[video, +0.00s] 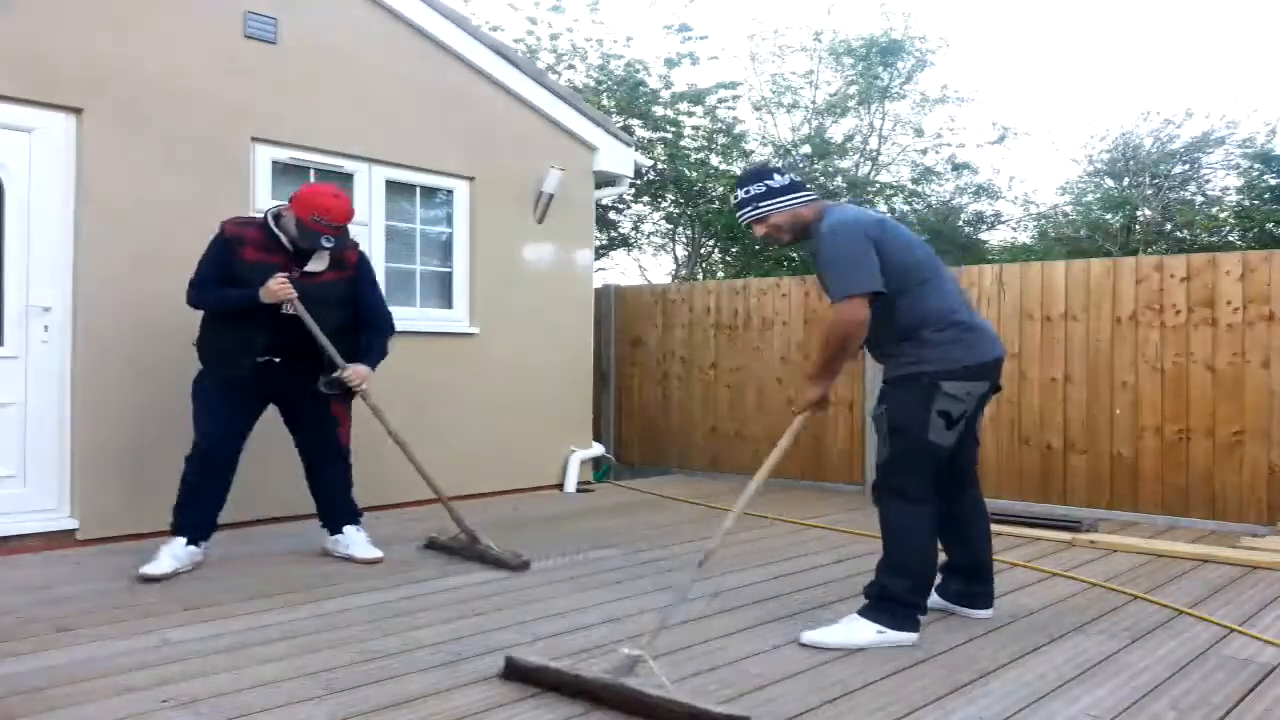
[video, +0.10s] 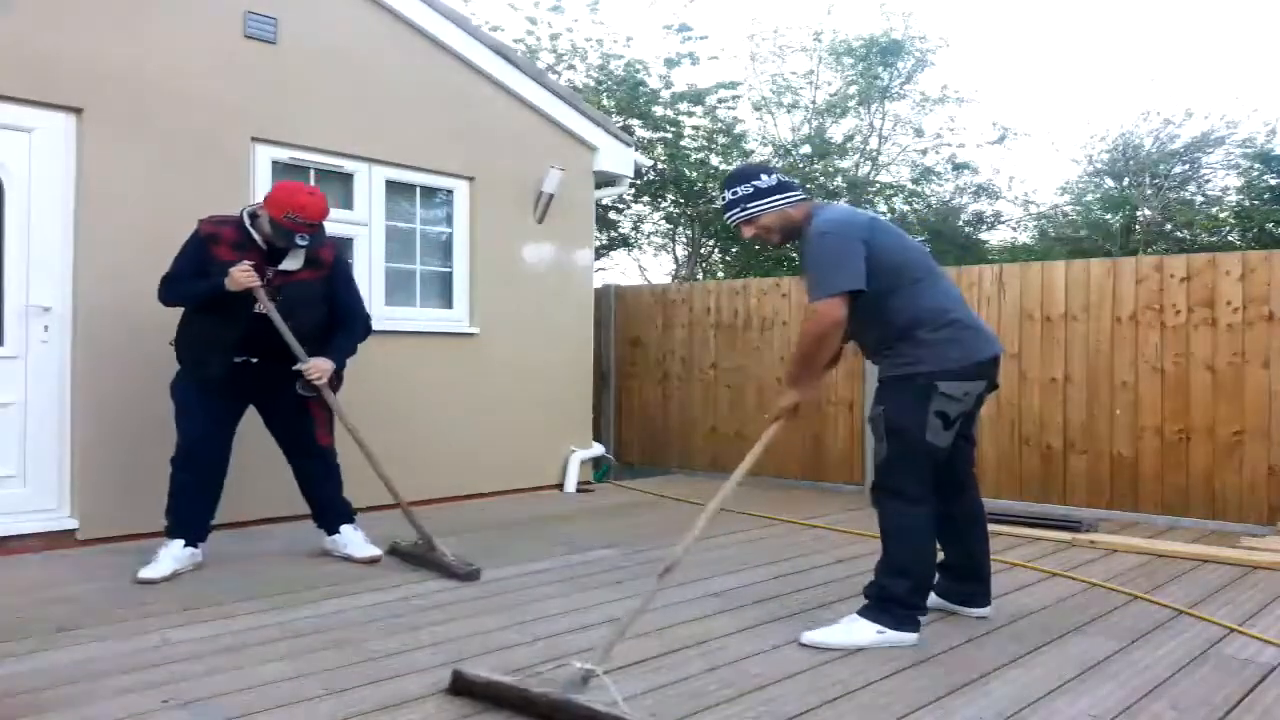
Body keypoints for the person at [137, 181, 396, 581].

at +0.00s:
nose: (318, 249)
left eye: (327, 242)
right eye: (312, 240)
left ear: (338, 230)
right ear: (291, 219)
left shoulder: (349, 260)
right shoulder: (238, 238)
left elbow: (379, 324)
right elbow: (198, 294)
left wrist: (366, 362)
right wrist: (257, 294)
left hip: (309, 374)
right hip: (234, 370)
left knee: (328, 449)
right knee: (212, 451)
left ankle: (344, 530)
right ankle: (188, 541)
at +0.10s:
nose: (294, 247)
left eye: (302, 240)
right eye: (288, 237)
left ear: (313, 229)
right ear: (265, 219)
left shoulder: (325, 258)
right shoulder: (216, 236)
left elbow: (356, 321)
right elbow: (170, 292)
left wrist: (332, 358)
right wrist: (223, 284)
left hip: (284, 372)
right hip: (213, 370)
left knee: (313, 448)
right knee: (197, 452)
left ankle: (340, 529)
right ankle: (184, 542)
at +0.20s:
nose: (272, 243)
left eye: (280, 236)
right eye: (264, 234)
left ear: (291, 225)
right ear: (240, 217)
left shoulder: (305, 255)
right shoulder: (194, 234)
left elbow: (332, 320)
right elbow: (141, 288)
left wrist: (295, 353)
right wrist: (187, 274)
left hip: (267, 369)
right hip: (196, 368)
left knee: (296, 447)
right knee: (188, 454)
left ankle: (329, 526)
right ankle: (184, 543)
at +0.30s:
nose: (250, 242)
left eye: (260, 235)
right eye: (243, 232)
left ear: (272, 223)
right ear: (221, 214)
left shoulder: (289, 254)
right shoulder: (176, 232)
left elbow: (311, 320)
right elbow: (119, 285)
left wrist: (262, 348)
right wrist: (162, 263)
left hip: (262, 362)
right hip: (185, 362)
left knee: (281, 441)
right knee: (184, 452)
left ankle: (297, 526)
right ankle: (183, 541)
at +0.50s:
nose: (233, 242)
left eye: (242, 235)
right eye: (226, 233)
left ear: (256, 222)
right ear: (203, 214)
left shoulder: (272, 252)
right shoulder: (163, 233)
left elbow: (271, 325)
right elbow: (96, 282)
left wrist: (203, 341)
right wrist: (130, 249)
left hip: (244, 364)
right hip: (171, 362)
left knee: (251, 444)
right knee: (174, 449)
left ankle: (249, 525)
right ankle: (183, 541)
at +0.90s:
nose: (247, 246)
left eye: (258, 239)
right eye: (240, 235)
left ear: (271, 226)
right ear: (218, 213)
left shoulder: (283, 252)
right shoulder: (181, 235)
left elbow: (302, 317)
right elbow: (105, 276)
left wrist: (251, 326)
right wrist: (154, 237)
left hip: (256, 361)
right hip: (181, 362)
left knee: (282, 441)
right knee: (179, 452)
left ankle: (302, 524)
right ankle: (182, 542)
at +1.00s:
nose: (264, 244)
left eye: (273, 237)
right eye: (258, 234)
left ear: (286, 227)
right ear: (234, 214)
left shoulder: (297, 253)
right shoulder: (191, 232)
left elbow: (324, 315)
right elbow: (130, 283)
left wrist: (290, 329)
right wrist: (182, 250)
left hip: (263, 365)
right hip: (191, 365)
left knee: (295, 442)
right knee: (184, 453)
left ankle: (320, 520)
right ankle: (182, 542)